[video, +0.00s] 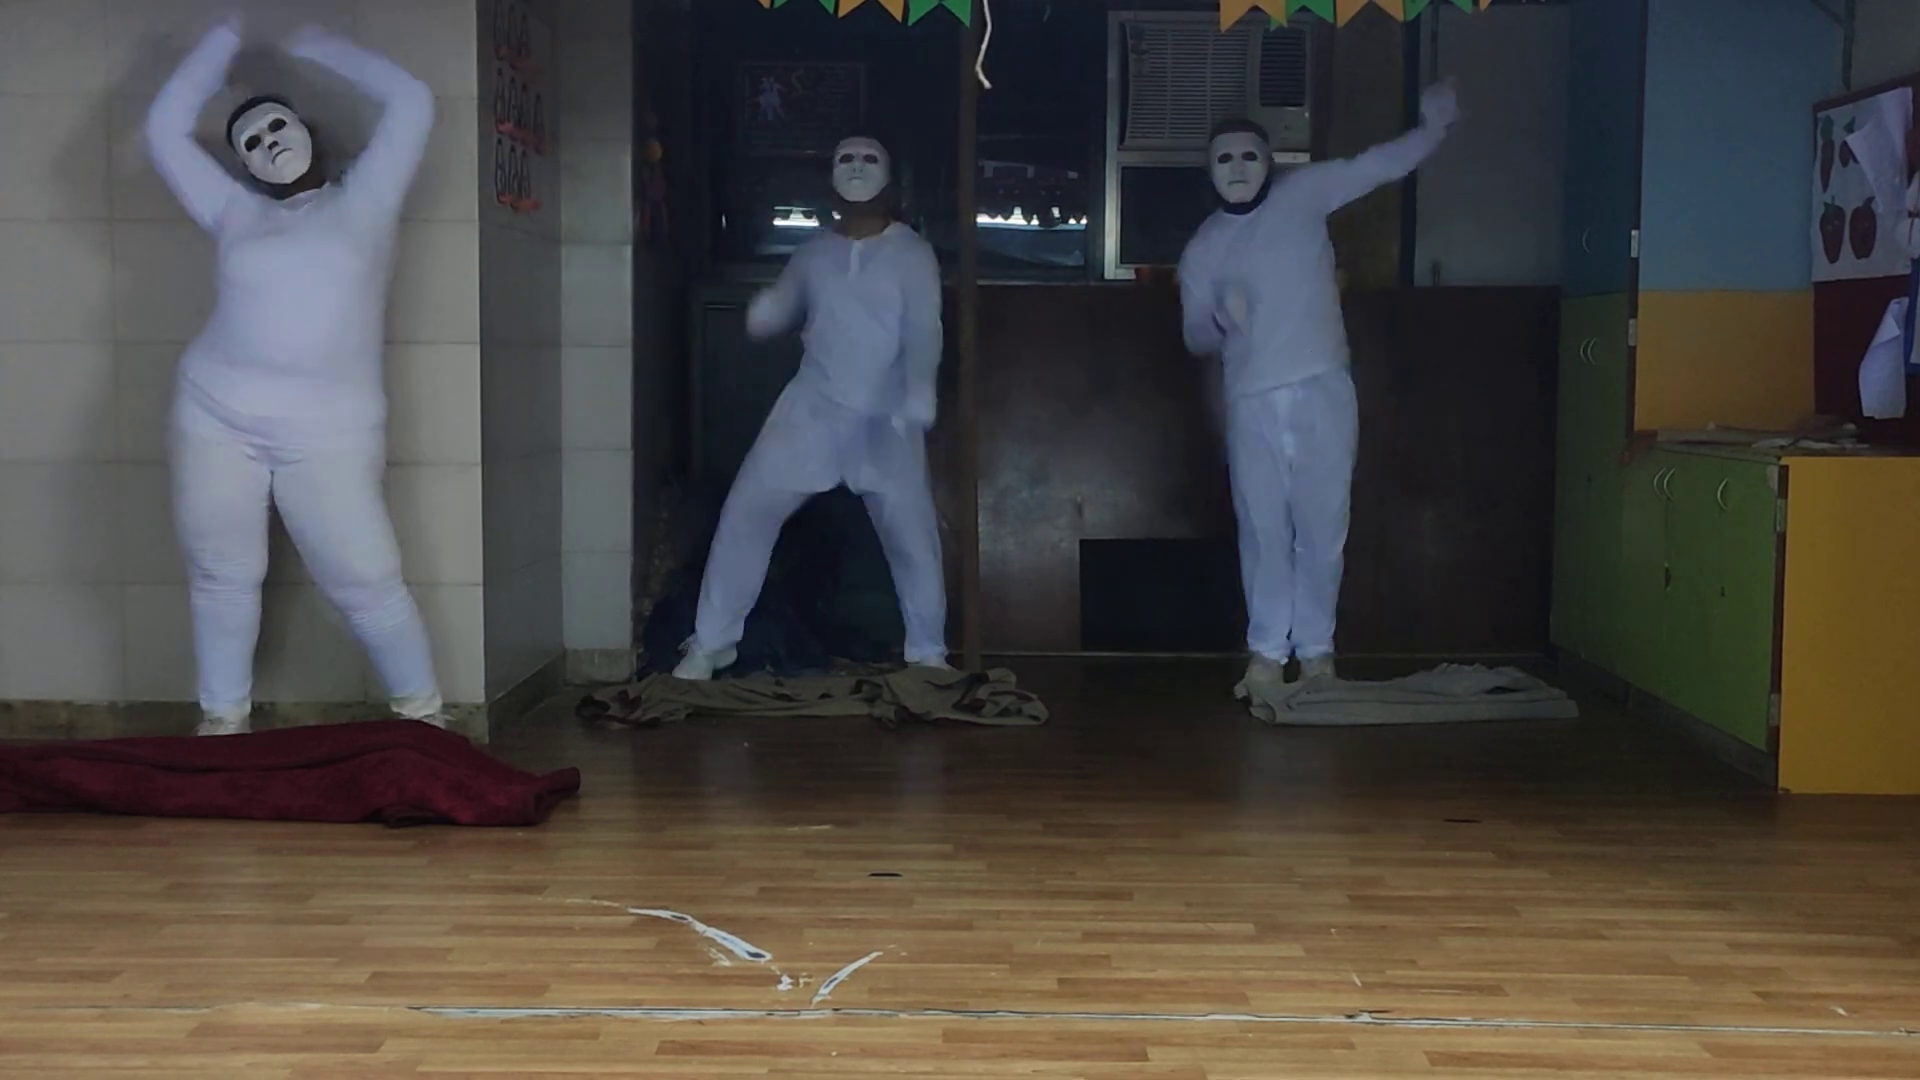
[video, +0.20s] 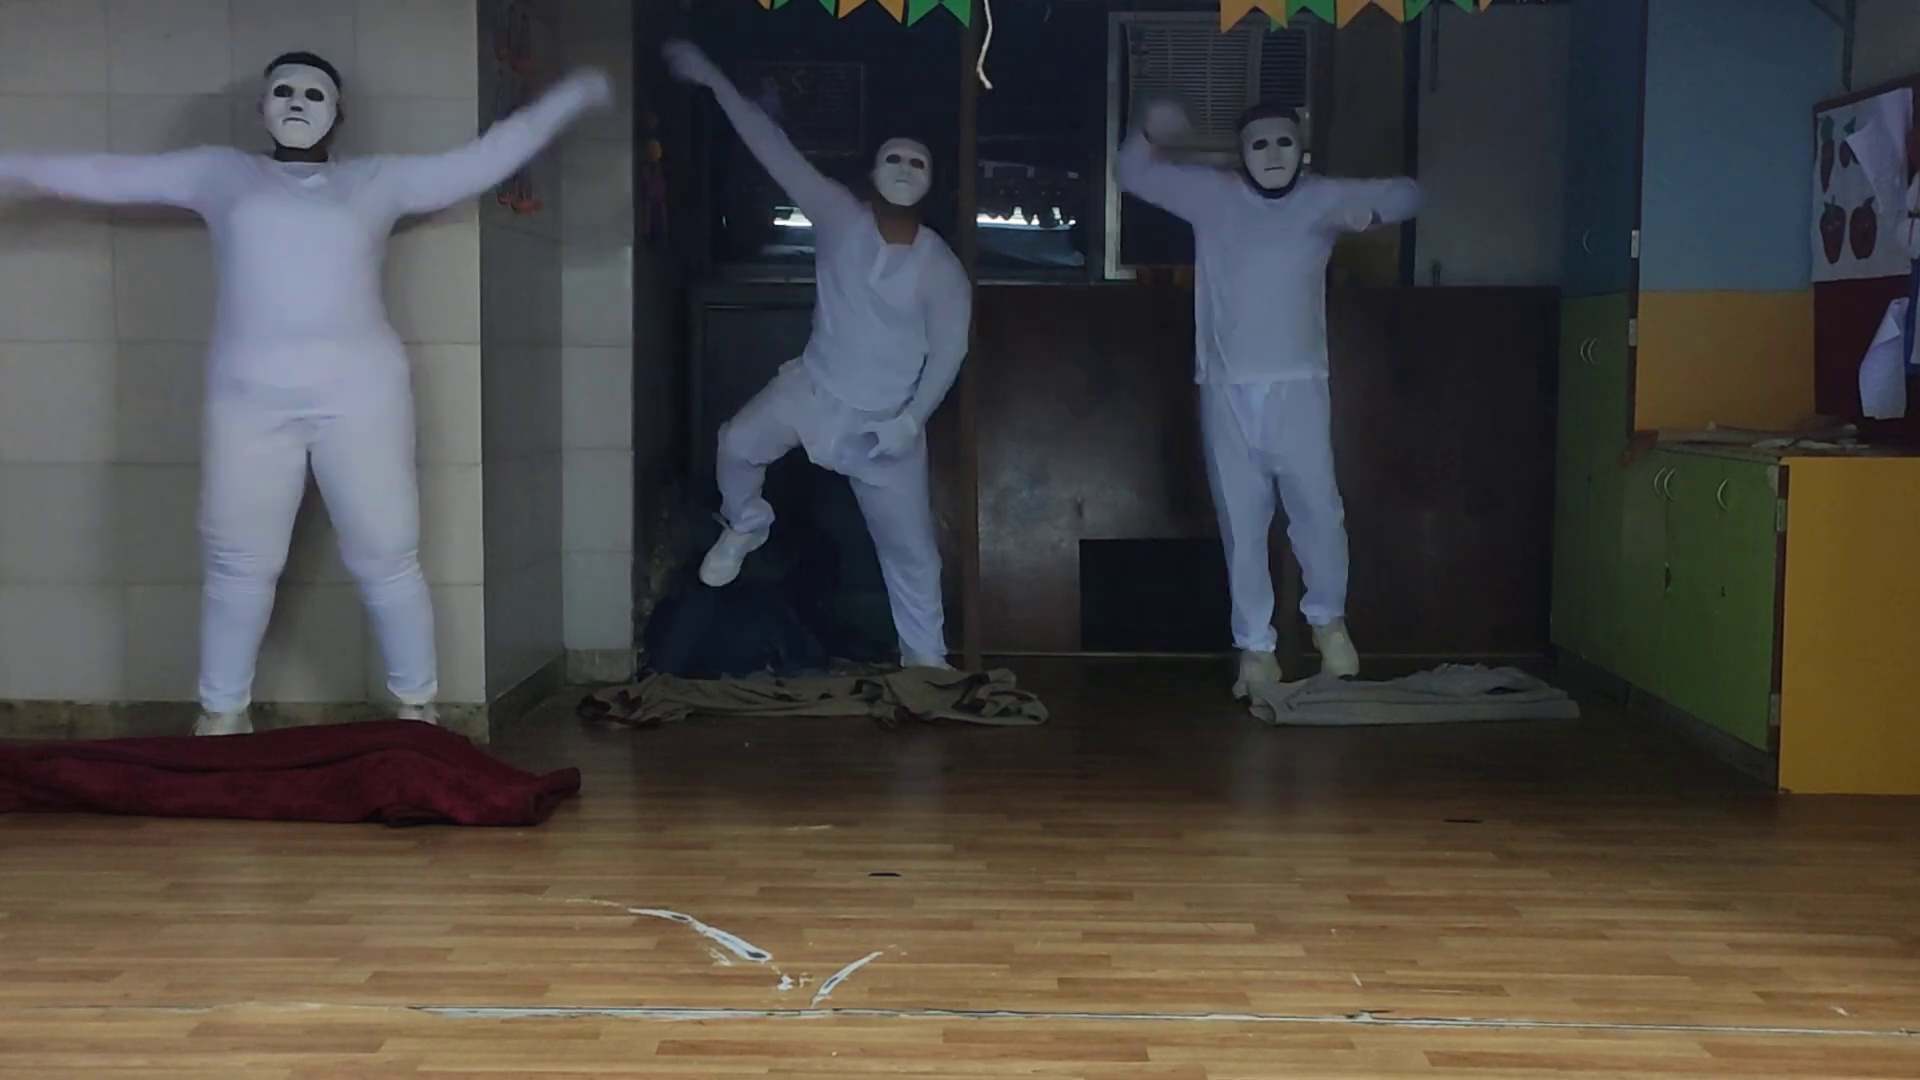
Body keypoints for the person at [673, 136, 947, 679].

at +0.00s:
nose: (855, 168)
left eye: (868, 160)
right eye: (845, 160)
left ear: (890, 178)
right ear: (832, 179)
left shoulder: (912, 253)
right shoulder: (815, 251)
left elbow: (924, 331)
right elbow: (784, 303)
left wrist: (919, 396)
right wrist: (765, 313)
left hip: (886, 415)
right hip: (810, 410)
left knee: (912, 536)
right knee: (746, 511)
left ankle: (927, 653)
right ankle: (712, 643)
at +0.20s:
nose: (903, 168)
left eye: (916, 163)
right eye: (892, 160)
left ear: (930, 185)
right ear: (872, 174)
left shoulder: (942, 272)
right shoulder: (838, 217)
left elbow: (948, 352)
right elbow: (773, 148)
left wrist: (912, 420)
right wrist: (715, 80)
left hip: (889, 420)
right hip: (814, 388)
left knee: (910, 553)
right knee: (739, 443)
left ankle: (925, 665)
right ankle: (746, 524)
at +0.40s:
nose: (927, 196)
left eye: (939, 190)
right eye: (917, 184)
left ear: (948, 206)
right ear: (892, 191)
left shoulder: (942, 290)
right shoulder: (849, 228)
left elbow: (937, 367)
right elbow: (774, 191)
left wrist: (916, 410)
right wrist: (799, 134)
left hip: (875, 422)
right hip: (801, 406)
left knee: (902, 540)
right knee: (762, 518)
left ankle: (925, 659)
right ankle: (757, 641)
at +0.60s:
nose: (873, 170)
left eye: (885, 165)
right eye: (862, 160)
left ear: (896, 184)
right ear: (842, 174)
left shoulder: (903, 263)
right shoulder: (796, 223)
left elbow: (905, 342)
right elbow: (716, 201)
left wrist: (912, 407)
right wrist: (713, 136)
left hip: (853, 412)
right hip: (776, 406)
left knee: (890, 536)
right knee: (754, 532)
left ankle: (921, 655)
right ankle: (757, 655)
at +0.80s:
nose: (821, 149)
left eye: (833, 140)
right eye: (810, 139)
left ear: (851, 155)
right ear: (793, 152)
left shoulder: (876, 234)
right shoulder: (768, 207)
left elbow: (895, 310)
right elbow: (706, 146)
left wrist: (913, 369)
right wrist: (682, 66)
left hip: (851, 400)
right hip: (775, 399)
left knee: (878, 520)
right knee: (764, 525)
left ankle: (853, 631)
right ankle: (760, 649)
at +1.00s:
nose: (830, 155)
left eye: (841, 146)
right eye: (818, 145)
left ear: (857, 158)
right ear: (798, 159)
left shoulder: (882, 237)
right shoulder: (776, 215)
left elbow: (901, 316)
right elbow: (714, 153)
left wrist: (910, 378)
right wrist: (701, 65)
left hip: (851, 407)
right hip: (778, 404)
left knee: (857, 535)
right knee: (764, 531)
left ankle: (839, 652)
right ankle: (757, 652)